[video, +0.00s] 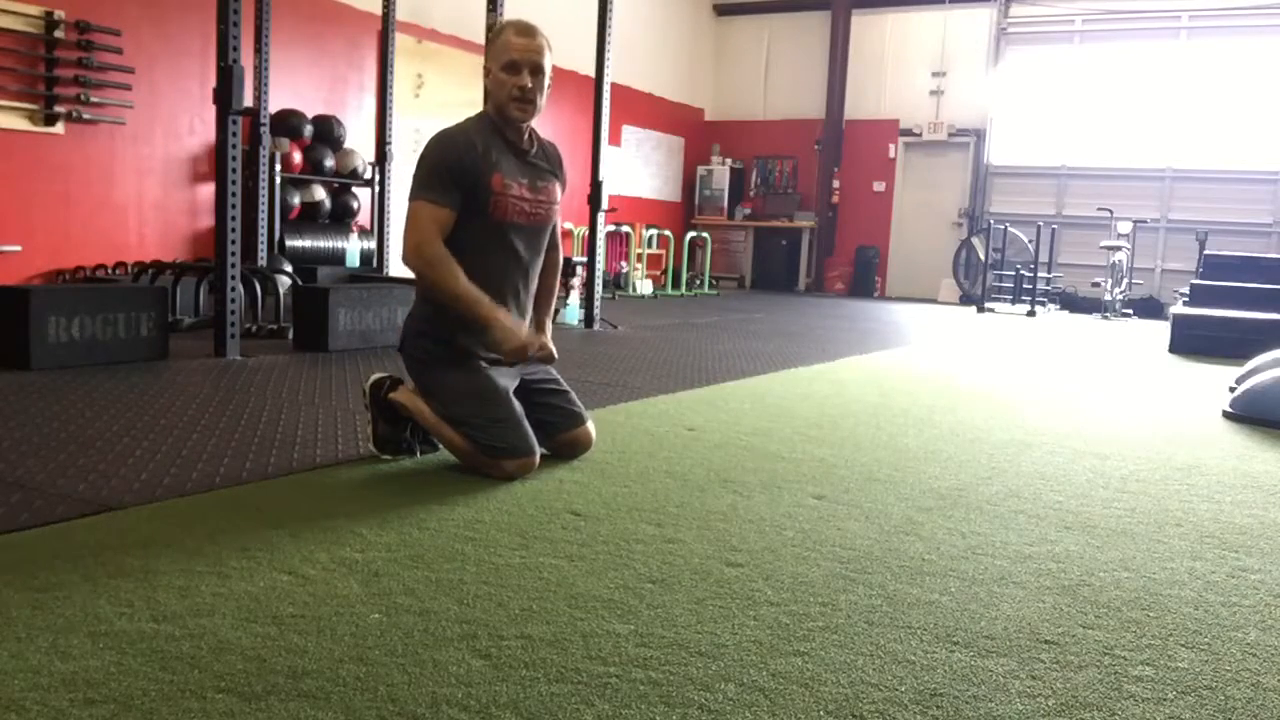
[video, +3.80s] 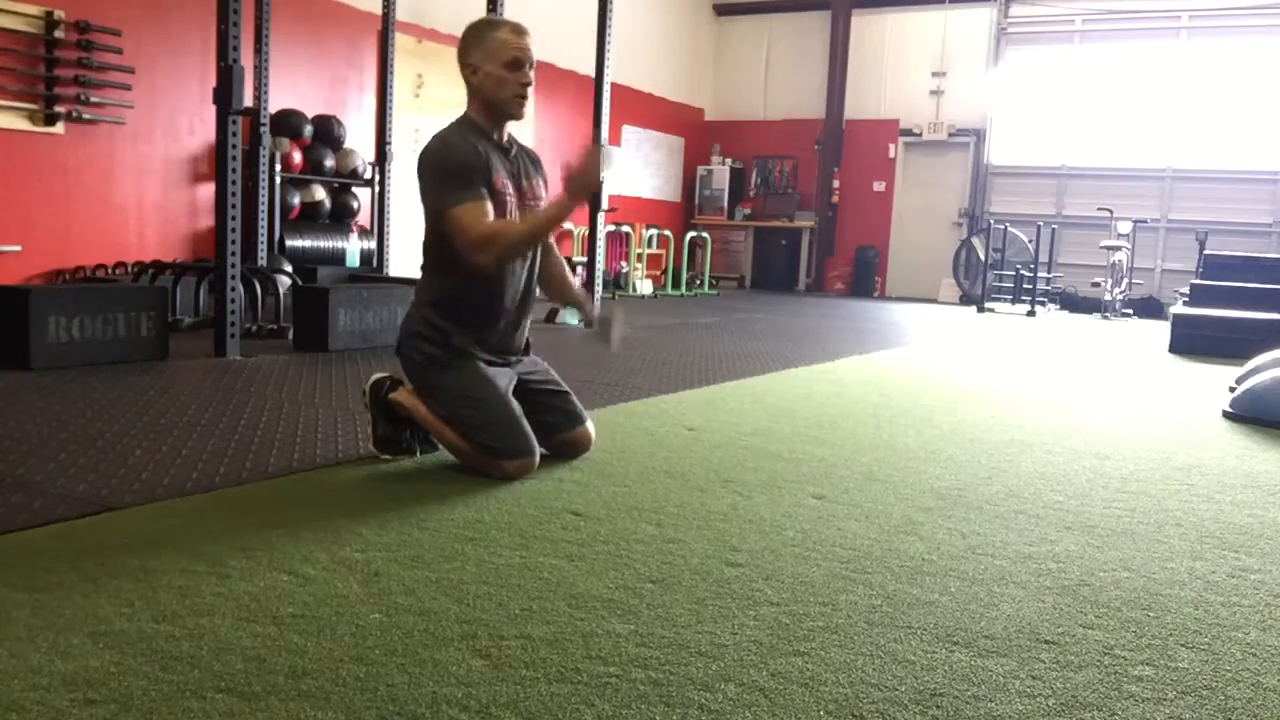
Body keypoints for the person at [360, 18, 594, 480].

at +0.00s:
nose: (524, 82)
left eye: (536, 71)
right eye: (510, 69)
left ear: (549, 80)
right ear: (486, 74)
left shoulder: (548, 157)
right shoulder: (454, 147)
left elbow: (550, 246)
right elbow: (420, 247)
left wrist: (542, 326)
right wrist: (495, 320)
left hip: (515, 340)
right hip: (449, 346)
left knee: (574, 439)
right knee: (515, 462)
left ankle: (444, 413)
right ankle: (399, 400)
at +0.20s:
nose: (530, 87)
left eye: (541, 76)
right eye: (517, 73)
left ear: (550, 82)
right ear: (485, 73)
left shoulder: (547, 158)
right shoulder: (454, 150)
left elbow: (550, 247)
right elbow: (450, 254)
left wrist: (542, 329)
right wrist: (546, 291)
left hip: (514, 344)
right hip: (450, 347)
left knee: (574, 439)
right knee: (514, 463)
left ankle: (446, 411)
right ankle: (398, 399)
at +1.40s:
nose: (535, 85)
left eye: (546, 75)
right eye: (522, 69)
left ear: (554, 84)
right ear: (491, 72)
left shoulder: (547, 161)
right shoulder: (454, 153)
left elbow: (548, 247)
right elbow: (423, 260)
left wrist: (542, 328)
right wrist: (491, 336)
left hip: (511, 338)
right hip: (447, 344)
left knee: (574, 439)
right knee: (515, 462)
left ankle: (446, 410)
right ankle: (399, 401)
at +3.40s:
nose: (530, 80)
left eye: (541, 69)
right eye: (517, 64)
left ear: (550, 80)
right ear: (487, 70)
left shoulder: (546, 160)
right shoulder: (462, 150)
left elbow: (547, 256)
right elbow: (453, 259)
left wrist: (561, 341)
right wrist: (522, 343)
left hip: (510, 340)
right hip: (447, 343)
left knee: (574, 439)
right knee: (514, 462)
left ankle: (447, 412)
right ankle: (400, 400)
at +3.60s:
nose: (531, 79)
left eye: (536, 68)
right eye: (517, 64)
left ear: (540, 77)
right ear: (478, 71)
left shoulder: (537, 163)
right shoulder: (454, 151)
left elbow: (545, 257)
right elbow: (452, 253)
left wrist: (569, 343)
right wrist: (539, 302)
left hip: (506, 345)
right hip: (446, 347)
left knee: (574, 440)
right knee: (514, 462)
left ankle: (444, 411)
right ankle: (399, 400)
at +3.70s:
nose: (529, 79)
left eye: (532, 68)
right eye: (515, 65)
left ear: (535, 75)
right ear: (474, 71)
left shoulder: (531, 162)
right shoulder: (451, 150)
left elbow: (541, 261)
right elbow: (464, 253)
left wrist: (575, 337)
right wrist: (562, 252)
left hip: (507, 346)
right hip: (446, 349)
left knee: (575, 440)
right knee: (514, 463)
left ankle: (447, 406)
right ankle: (399, 399)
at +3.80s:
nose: (528, 78)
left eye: (531, 66)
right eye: (513, 65)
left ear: (534, 73)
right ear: (472, 71)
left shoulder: (528, 162)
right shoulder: (450, 150)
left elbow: (540, 252)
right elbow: (481, 246)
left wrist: (583, 304)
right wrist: (568, 198)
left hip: (508, 347)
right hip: (447, 349)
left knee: (573, 439)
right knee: (514, 463)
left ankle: (443, 410)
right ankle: (398, 399)